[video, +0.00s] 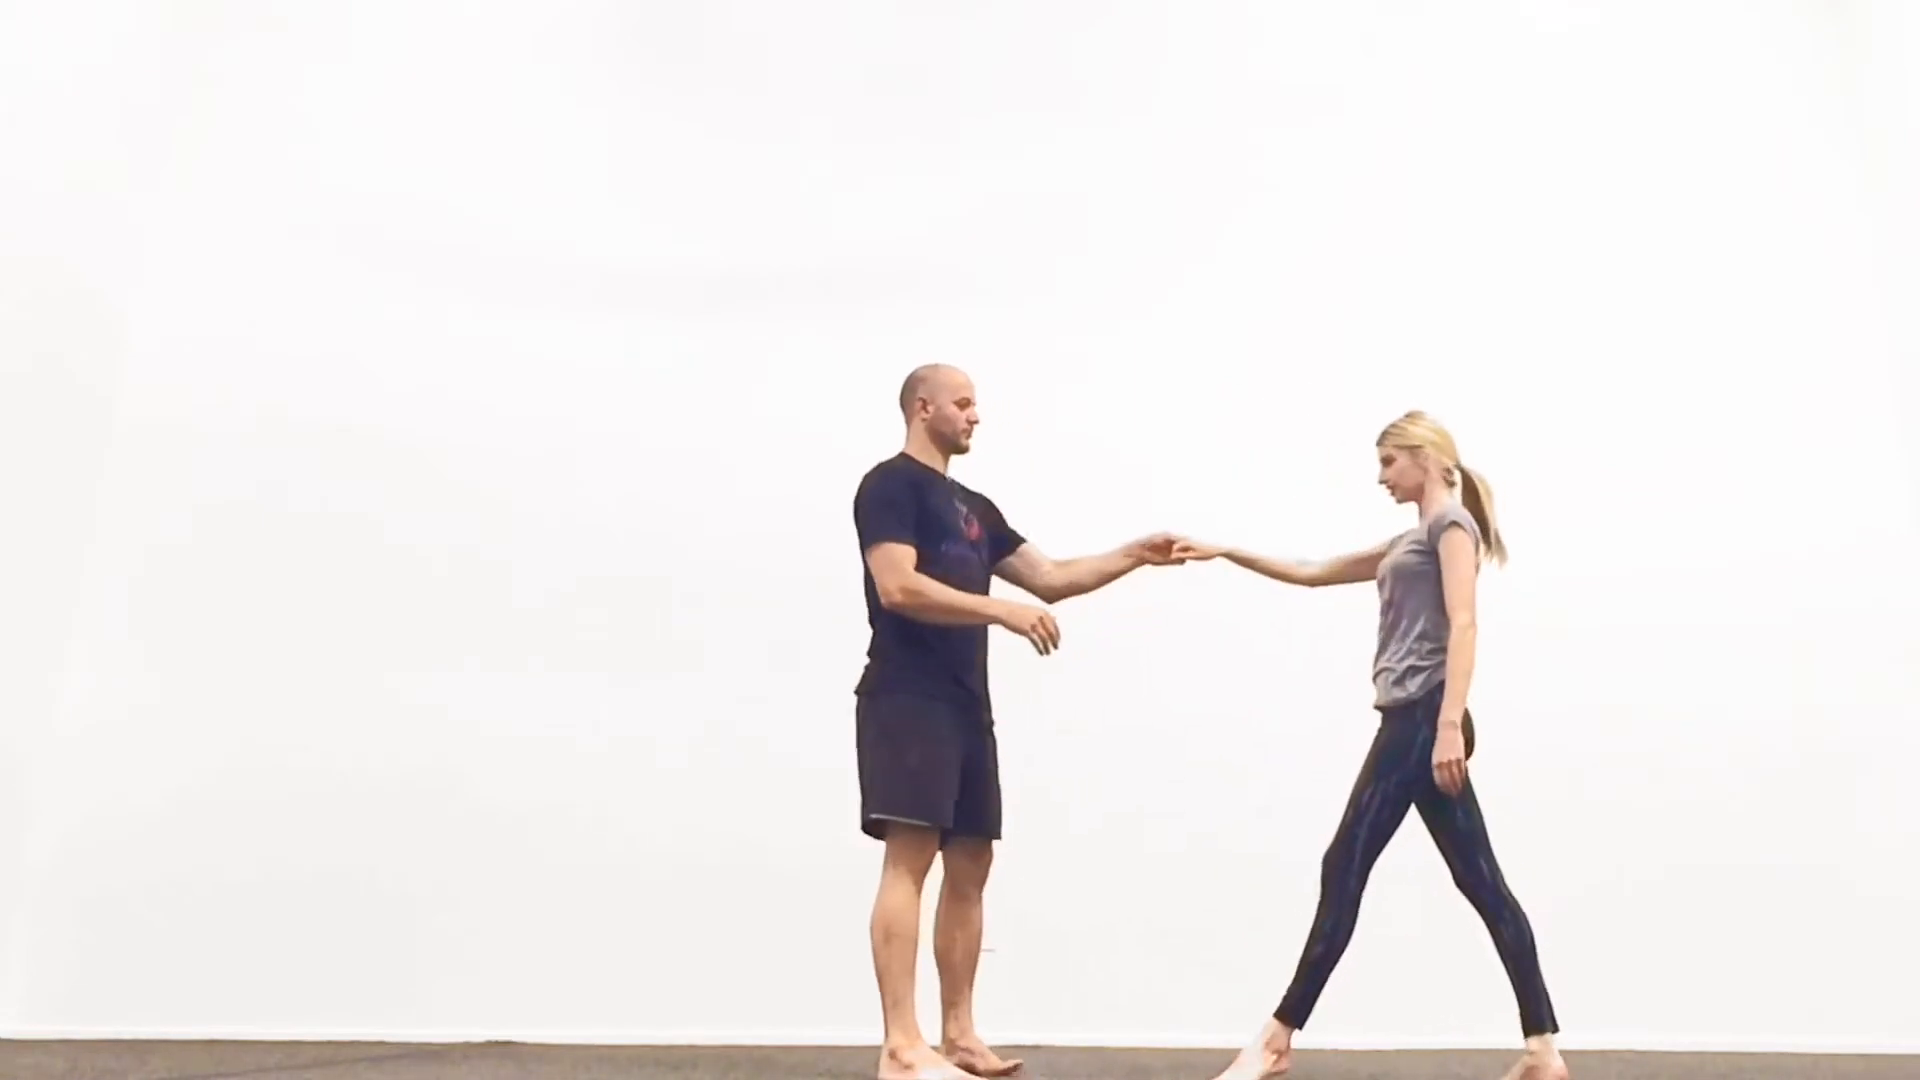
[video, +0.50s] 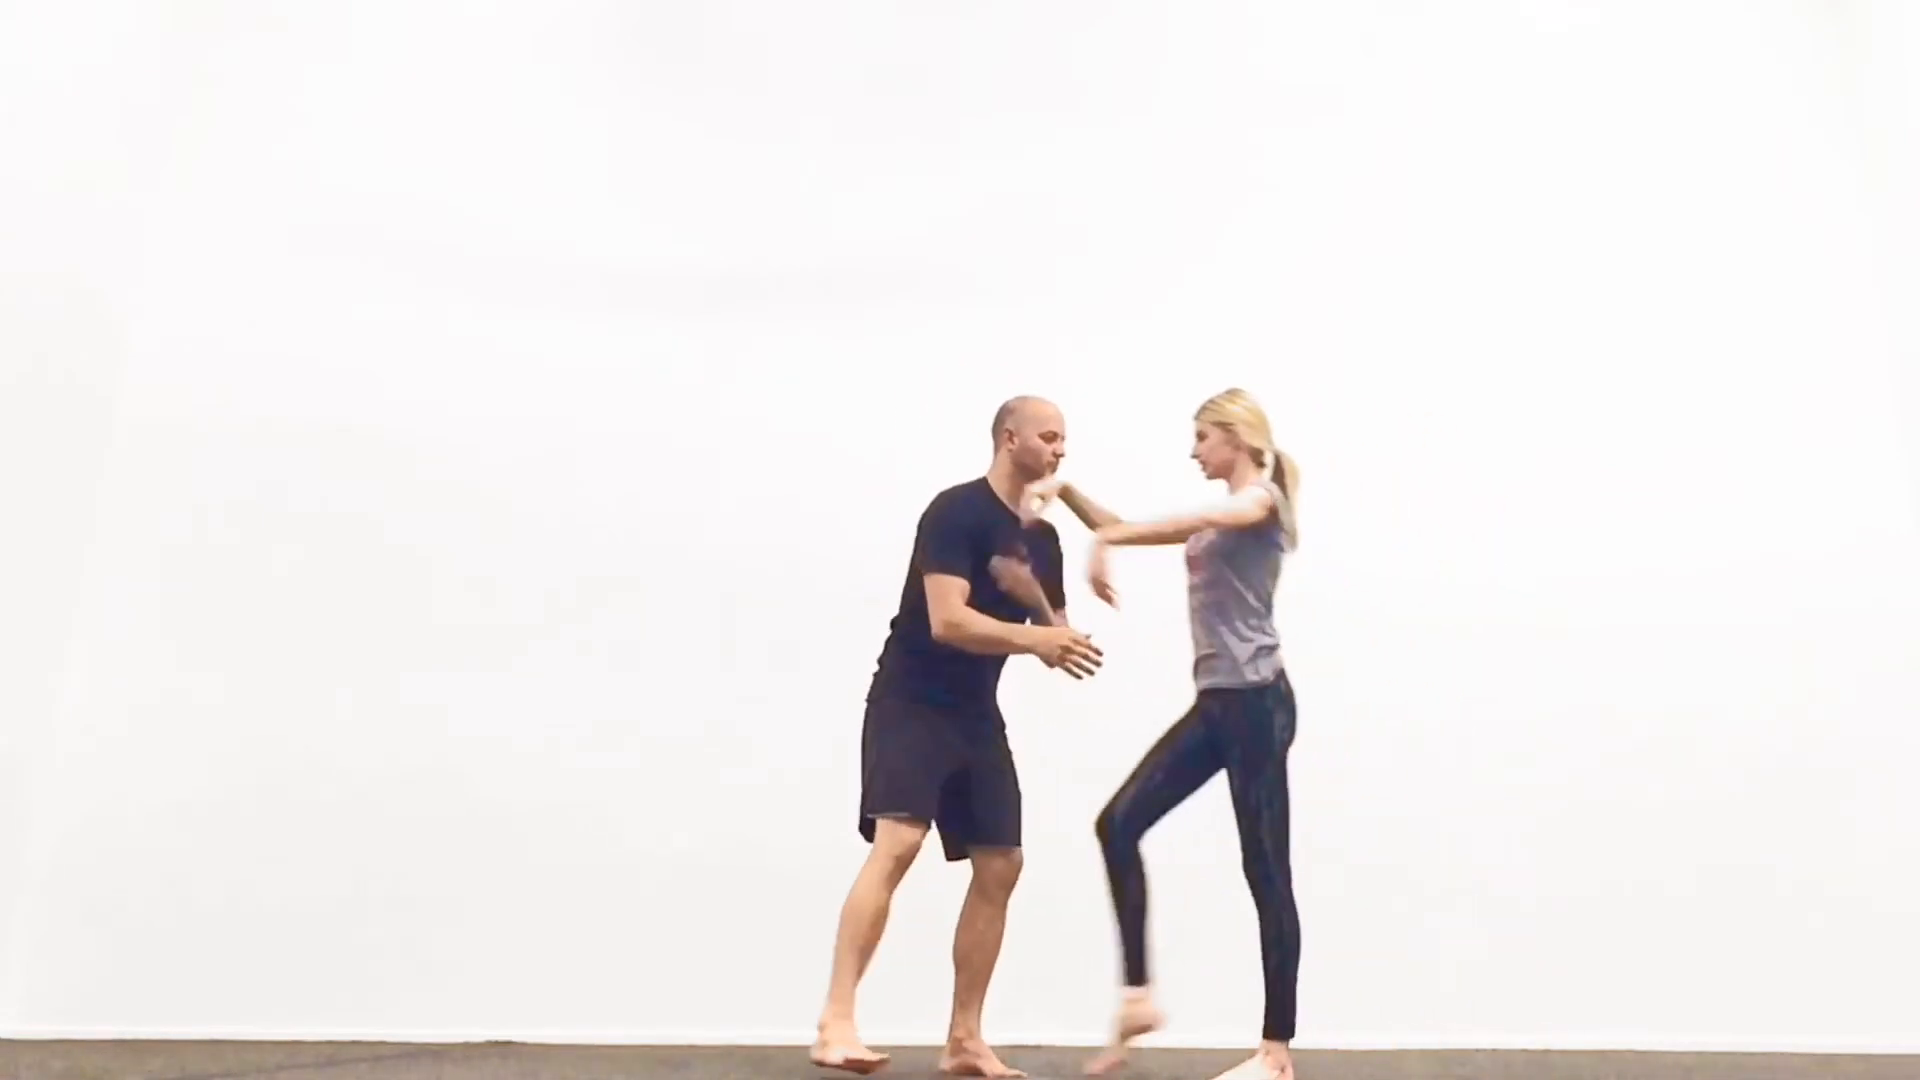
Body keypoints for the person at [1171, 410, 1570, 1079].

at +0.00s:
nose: (1383, 474)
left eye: (1390, 460)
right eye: (1382, 463)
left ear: (1429, 460)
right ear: (1422, 464)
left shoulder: (1451, 528)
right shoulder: (1412, 541)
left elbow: (1464, 626)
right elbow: (1310, 571)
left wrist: (1449, 723)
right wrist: (1221, 551)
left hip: (1417, 717)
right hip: (1419, 717)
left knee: (1344, 864)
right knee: (1484, 884)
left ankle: (1277, 1038)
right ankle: (1542, 1045)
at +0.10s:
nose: (1356, 467)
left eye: (1364, 454)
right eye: (1356, 456)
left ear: (1402, 455)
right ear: (1395, 459)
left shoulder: (1422, 524)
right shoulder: (1379, 536)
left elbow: (1436, 620)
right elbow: (1286, 573)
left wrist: (1422, 713)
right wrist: (1199, 552)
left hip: (1390, 715)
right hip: (1386, 714)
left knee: (1330, 869)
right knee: (1449, 880)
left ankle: (1279, 1050)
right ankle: (1533, 1037)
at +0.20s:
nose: (1320, 461)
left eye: (1327, 448)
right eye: (1320, 450)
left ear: (1364, 449)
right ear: (1355, 454)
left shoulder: (1382, 514)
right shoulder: (1345, 527)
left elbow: (1393, 603)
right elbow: (1253, 571)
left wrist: (1368, 696)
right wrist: (1167, 551)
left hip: (1346, 706)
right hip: (1340, 706)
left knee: (1312, 874)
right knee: (1371, 882)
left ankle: (1280, 1051)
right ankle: (1492, 1011)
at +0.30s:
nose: (1281, 456)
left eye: (1289, 444)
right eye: (1282, 445)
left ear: (1323, 448)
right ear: (1319, 449)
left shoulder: (1344, 510)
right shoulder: (1308, 520)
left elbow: (1342, 586)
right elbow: (1217, 565)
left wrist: (1287, 661)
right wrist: (1141, 547)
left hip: (1322, 699)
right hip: (1296, 701)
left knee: (1300, 877)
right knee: (1267, 874)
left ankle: (1279, 1052)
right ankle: (1393, 987)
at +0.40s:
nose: (1240, 451)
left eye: (1247, 438)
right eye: (1240, 440)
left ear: (1282, 440)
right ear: (1272, 446)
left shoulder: (1305, 505)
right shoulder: (1259, 519)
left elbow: (1284, 555)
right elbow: (1171, 550)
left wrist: (1199, 604)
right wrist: (1105, 521)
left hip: (1290, 705)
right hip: (1252, 706)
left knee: (1288, 873)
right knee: (1172, 846)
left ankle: (1279, 1054)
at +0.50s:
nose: (1195, 448)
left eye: (1203, 436)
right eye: (1196, 437)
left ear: (1236, 439)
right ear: (1231, 441)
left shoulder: (1263, 497)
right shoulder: (1221, 510)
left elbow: (1209, 522)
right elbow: (1123, 531)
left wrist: (1110, 540)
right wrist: (1064, 490)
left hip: (1255, 703)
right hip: (1217, 704)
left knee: (1267, 873)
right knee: (1117, 827)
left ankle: (1277, 1049)